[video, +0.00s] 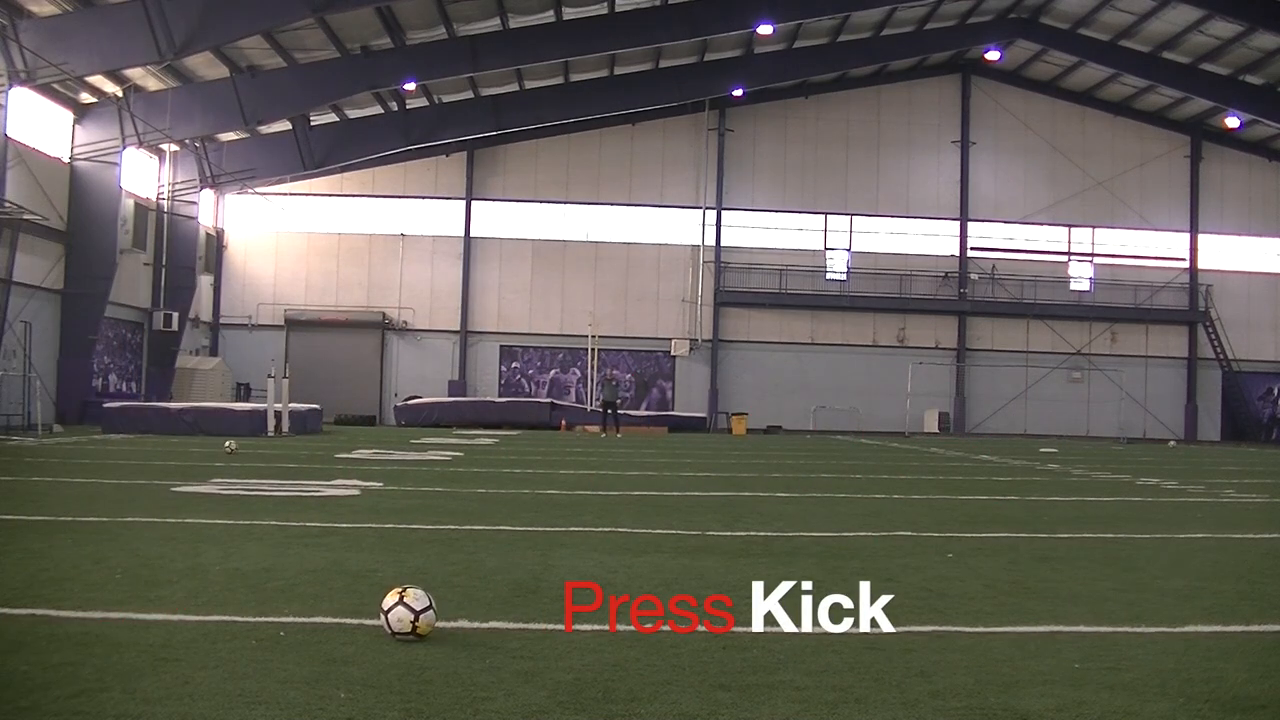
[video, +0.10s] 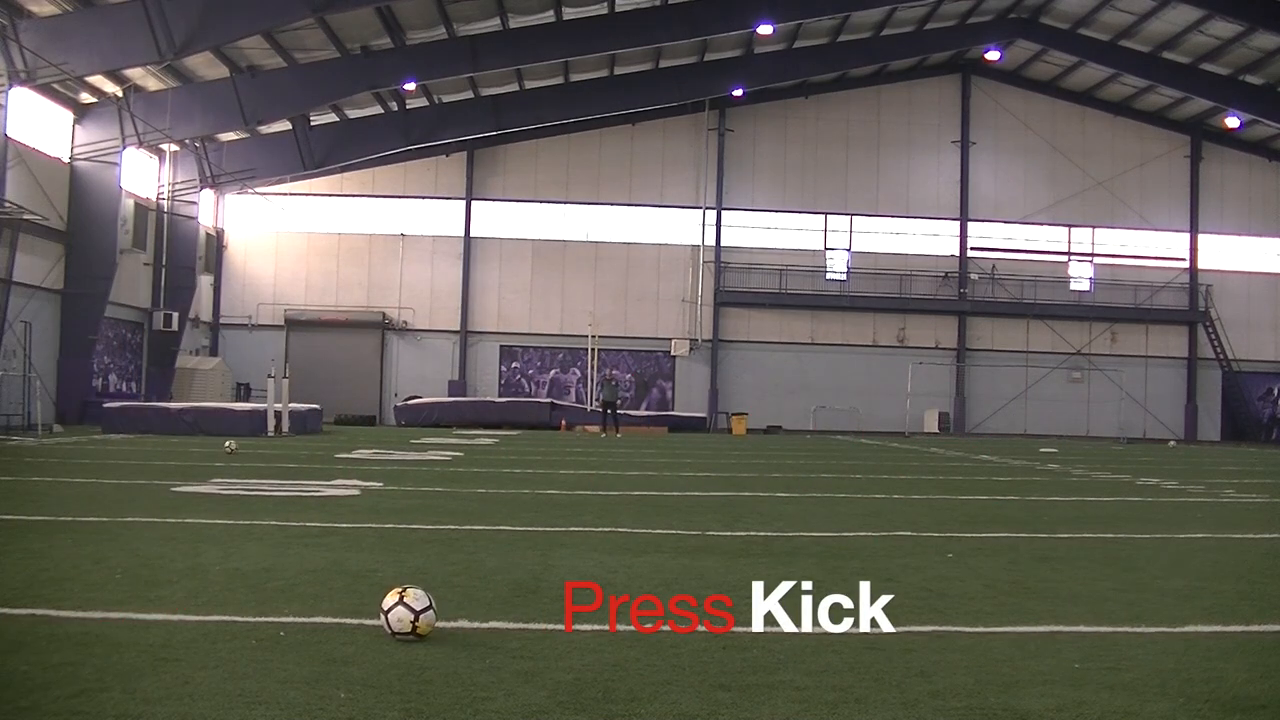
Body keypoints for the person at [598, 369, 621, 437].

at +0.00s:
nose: (609, 373)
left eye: (610, 372)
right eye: (608, 372)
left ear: (612, 373)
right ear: (606, 373)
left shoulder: (615, 381)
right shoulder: (603, 381)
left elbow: (619, 391)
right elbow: (600, 391)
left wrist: (619, 399)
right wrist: (599, 399)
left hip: (613, 401)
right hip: (605, 401)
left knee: (615, 417)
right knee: (604, 417)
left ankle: (617, 432)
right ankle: (604, 432)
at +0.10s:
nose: (609, 374)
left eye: (610, 372)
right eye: (607, 372)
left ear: (612, 373)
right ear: (606, 373)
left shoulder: (615, 381)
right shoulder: (603, 381)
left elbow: (618, 391)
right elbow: (599, 391)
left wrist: (619, 399)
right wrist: (598, 399)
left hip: (613, 401)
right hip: (605, 401)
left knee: (615, 417)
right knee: (604, 417)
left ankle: (617, 432)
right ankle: (604, 432)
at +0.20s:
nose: (608, 374)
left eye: (610, 372)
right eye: (607, 372)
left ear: (612, 373)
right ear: (605, 373)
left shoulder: (615, 381)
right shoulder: (603, 381)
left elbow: (618, 391)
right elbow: (599, 391)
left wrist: (618, 399)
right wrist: (598, 399)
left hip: (613, 401)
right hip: (605, 401)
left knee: (615, 417)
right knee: (604, 417)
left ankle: (617, 432)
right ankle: (604, 432)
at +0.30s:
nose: (608, 375)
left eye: (610, 373)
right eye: (607, 373)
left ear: (612, 374)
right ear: (605, 373)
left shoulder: (615, 382)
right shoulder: (602, 382)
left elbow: (617, 391)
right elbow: (599, 391)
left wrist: (618, 399)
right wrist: (598, 399)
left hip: (613, 401)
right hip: (605, 401)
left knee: (615, 417)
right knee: (604, 417)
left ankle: (617, 432)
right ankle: (604, 432)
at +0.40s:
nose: (608, 375)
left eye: (610, 373)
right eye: (607, 373)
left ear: (612, 374)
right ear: (605, 373)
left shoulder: (615, 381)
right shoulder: (602, 382)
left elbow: (617, 391)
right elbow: (599, 391)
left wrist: (618, 399)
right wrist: (598, 399)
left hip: (613, 401)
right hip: (605, 401)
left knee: (615, 417)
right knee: (604, 417)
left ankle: (617, 432)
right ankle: (604, 432)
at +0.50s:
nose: (608, 374)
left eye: (610, 373)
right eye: (607, 373)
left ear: (612, 373)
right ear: (605, 373)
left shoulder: (615, 381)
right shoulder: (602, 382)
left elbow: (618, 391)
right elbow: (599, 391)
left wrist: (619, 399)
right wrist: (598, 399)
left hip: (613, 401)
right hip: (605, 401)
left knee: (615, 417)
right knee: (604, 417)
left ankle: (617, 432)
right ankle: (604, 432)